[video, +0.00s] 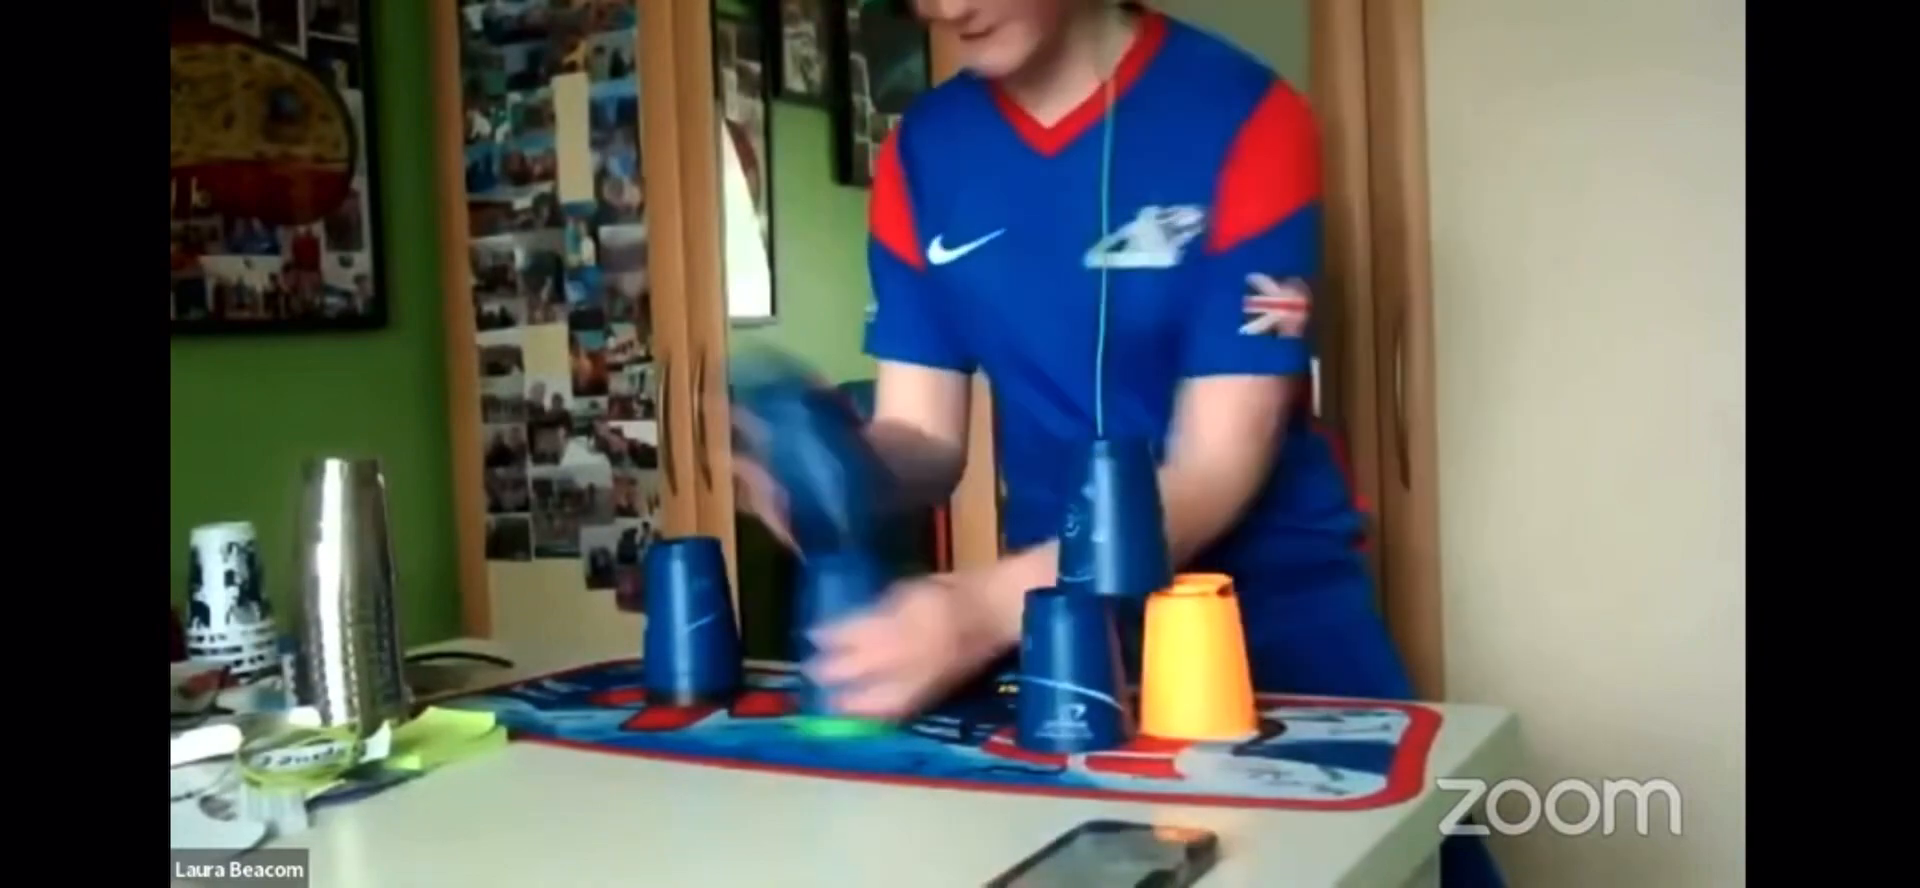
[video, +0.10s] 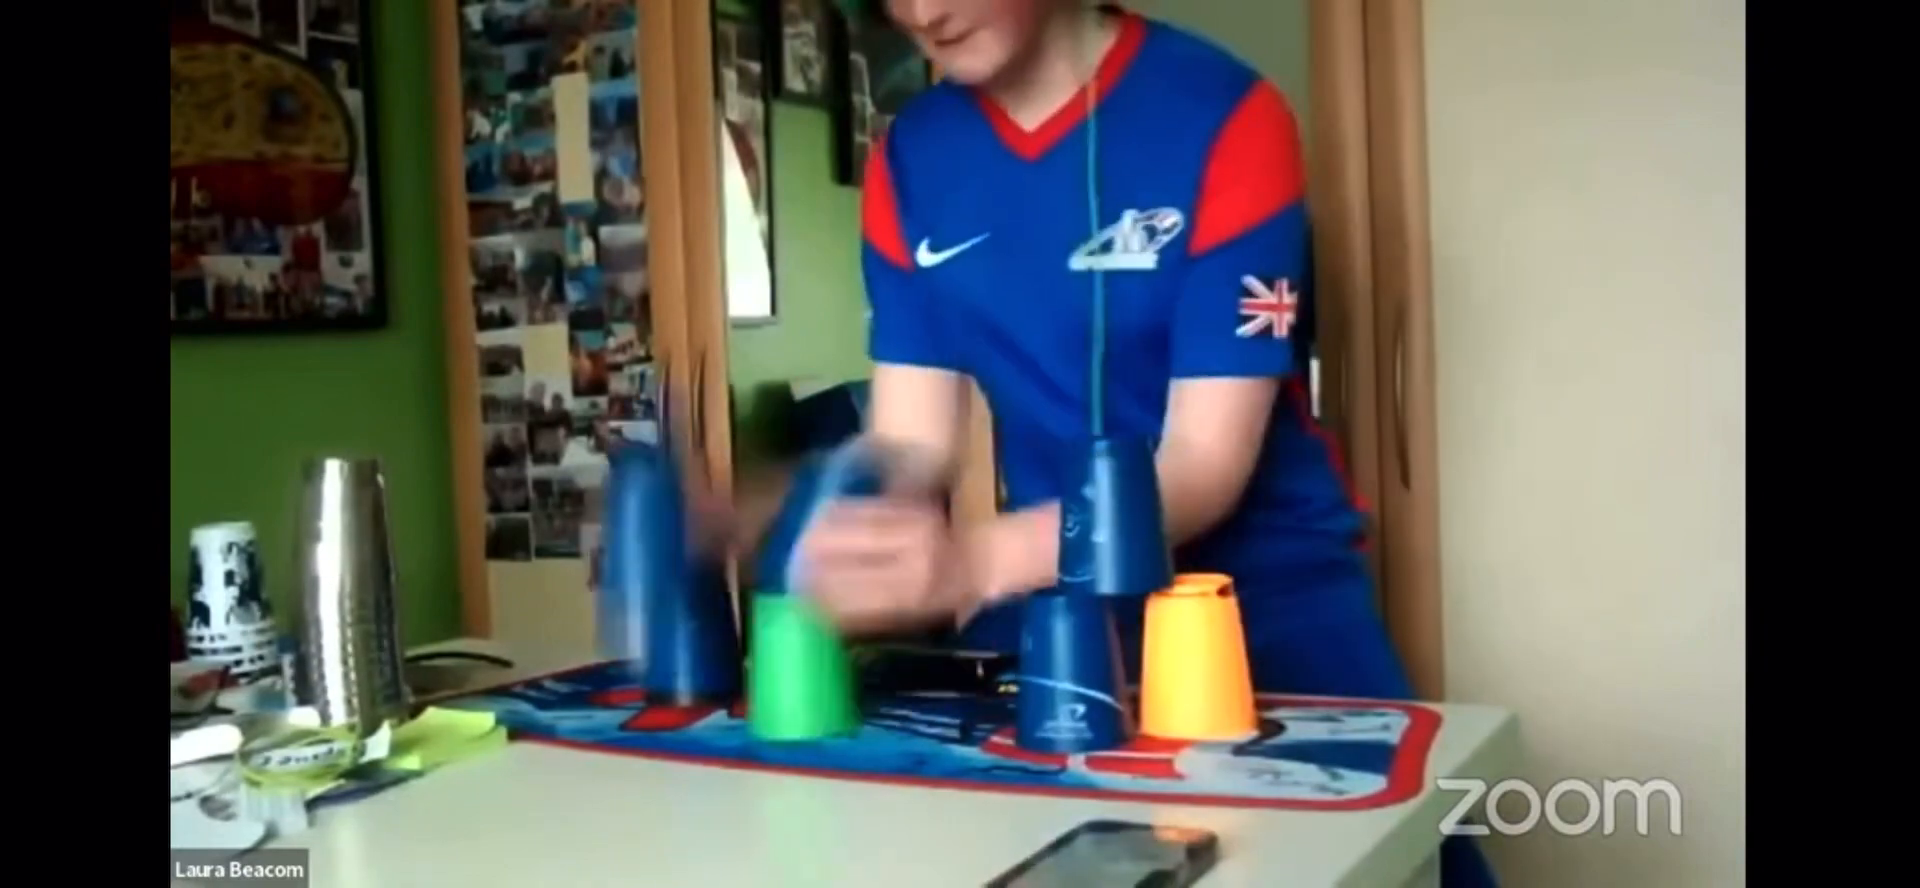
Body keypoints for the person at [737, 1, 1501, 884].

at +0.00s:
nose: (942, 5)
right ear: (911, 4)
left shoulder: (1243, 120)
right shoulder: (924, 150)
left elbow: (1220, 466)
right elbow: (921, 434)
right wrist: (827, 471)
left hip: (1280, 640)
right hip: (1063, 650)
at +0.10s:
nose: (918, 10)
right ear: (884, 8)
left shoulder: (1224, 119)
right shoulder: (912, 158)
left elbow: (1206, 465)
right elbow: (910, 450)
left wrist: (976, 558)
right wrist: (830, 539)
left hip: (1271, 624)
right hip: (1054, 635)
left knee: (1377, 861)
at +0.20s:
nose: (903, 17)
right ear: (863, 13)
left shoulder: (1206, 114)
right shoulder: (902, 157)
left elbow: (1201, 455)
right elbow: (906, 448)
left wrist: (1015, 571)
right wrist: (746, 496)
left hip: (1272, 621)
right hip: (1066, 640)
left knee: (1366, 869)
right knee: (1092, 874)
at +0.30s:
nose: (891, 23)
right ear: (852, 13)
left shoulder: (1201, 111)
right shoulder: (897, 162)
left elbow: (1208, 452)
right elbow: (881, 440)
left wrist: (998, 502)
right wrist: (721, 438)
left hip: (1266, 621)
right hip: (1053, 637)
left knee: (1373, 868)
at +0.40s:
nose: (884, 30)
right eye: (856, 5)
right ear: (844, 20)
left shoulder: (1193, 113)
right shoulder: (897, 163)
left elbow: (1206, 451)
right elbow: (868, 425)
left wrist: (987, 505)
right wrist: (735, 432)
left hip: (1261, 614)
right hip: (1049, 627)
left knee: (1367, 863)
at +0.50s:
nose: (848, 40)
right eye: (824, 17)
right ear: (816, 33)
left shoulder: (1160, 122)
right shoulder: (886, 180)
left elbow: (1161, 464)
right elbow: (902, 448)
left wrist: (855, 544)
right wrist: (733, 485)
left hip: (1251, 607)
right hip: (1061, 618)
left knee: (1331, 867)